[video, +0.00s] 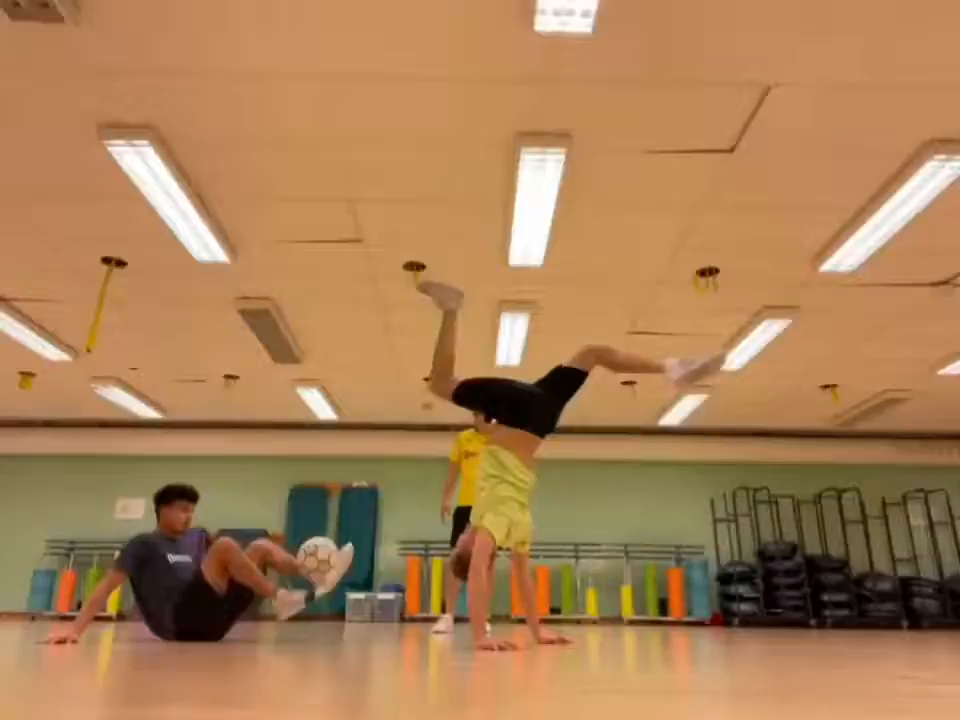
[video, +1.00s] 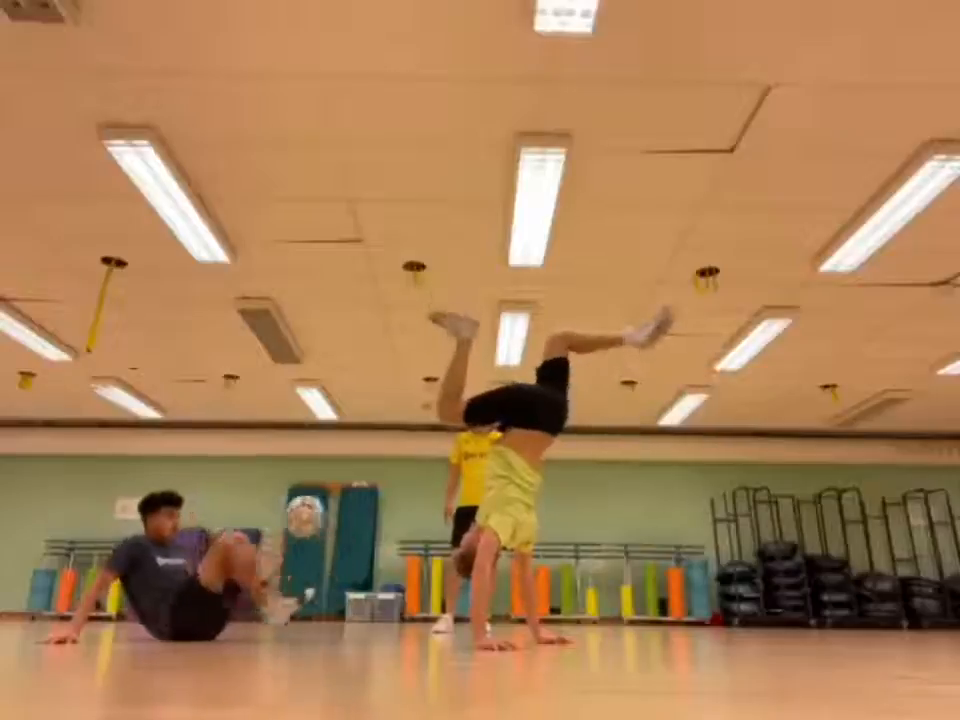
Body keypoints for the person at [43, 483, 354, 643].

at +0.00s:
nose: (188, 516)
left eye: (190, 511)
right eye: (182, 510)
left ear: (189, 513)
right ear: (162, 511)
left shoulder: (197, 540)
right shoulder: (141, 545)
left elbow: (227, 567)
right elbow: (105, 589)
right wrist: (75, 631)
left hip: (212, 619)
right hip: (181, 621)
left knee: (262, 547)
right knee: (224, 546)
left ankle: (318, 573)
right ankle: (278, 597)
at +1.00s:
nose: (175, 524)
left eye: (177, 518)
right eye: (170, 517)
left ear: (173, 521)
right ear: (150, 518)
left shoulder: (176, 555)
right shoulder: (133, 547)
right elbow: (98, 587)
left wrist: (251, 576)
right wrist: (74, 629)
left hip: (202, 619)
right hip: (178, 620)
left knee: (237, 542)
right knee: (226, 543)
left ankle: (266, 599)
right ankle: (266, 603)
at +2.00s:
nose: (88, 535)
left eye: (88, 528)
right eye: (79, 530)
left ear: (90, 530)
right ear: (59, 537)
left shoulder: (110, 546)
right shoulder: (49, 586)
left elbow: (149, 556)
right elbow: (16, 631)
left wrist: (184, 565)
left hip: (161, 589)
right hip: (148, 622)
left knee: (112, 571)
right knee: (189, 630)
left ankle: (197, 584)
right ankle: (245, 613)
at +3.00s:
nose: (165, 515)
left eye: (166, 508)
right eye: (158, 508)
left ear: (162, 506)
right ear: (135, 508)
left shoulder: (170, 530)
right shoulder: (103, 541)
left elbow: (194, 567)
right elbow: (65, 579)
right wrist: (35, 630)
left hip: (186, 591)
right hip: (146, 617)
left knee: (255, 557)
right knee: (179, 613)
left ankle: (280, 605)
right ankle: (256, 626)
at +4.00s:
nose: (57, 471)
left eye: (51, 465)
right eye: (48, 477)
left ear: (43, 459)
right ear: (37, 490)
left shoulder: (40, 450)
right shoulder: (62, 517)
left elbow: (12, 428)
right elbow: (66, 575)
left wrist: (9, 428)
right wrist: (44, 634)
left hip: (147, 451)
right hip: (148, 494)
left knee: (219, 421)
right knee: (212, 507)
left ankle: (284, 429)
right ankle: (275, 542)